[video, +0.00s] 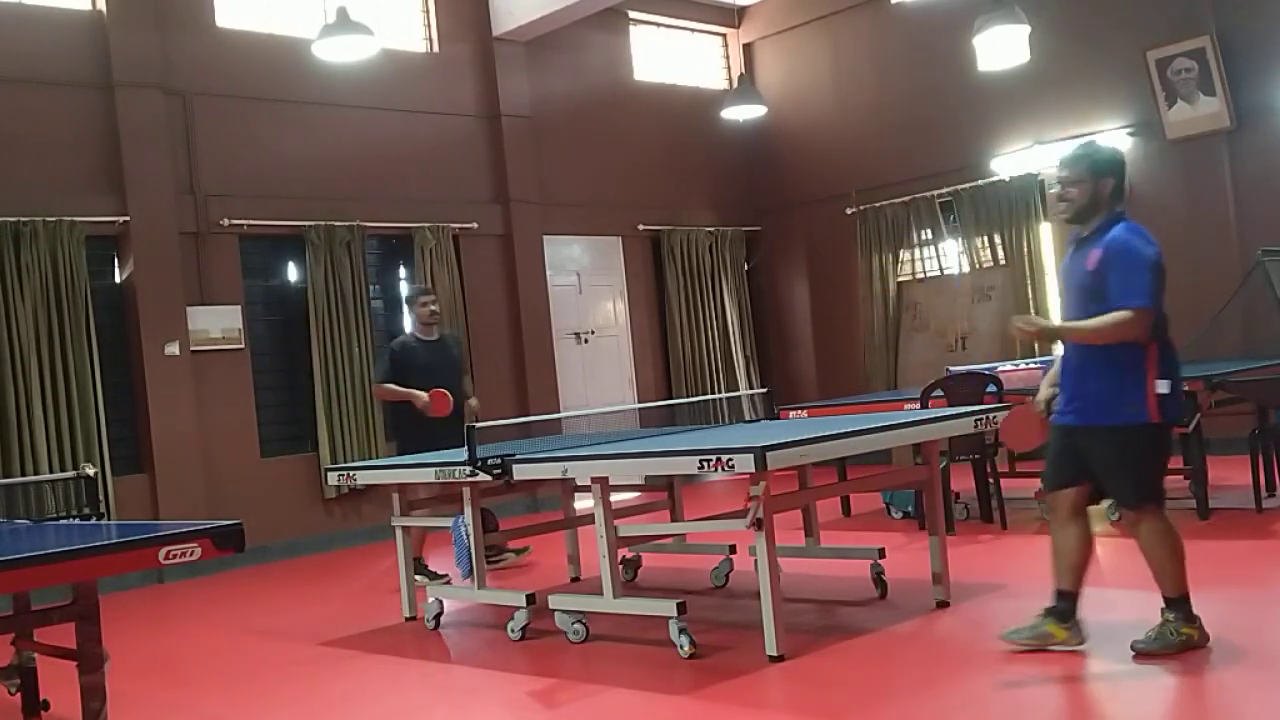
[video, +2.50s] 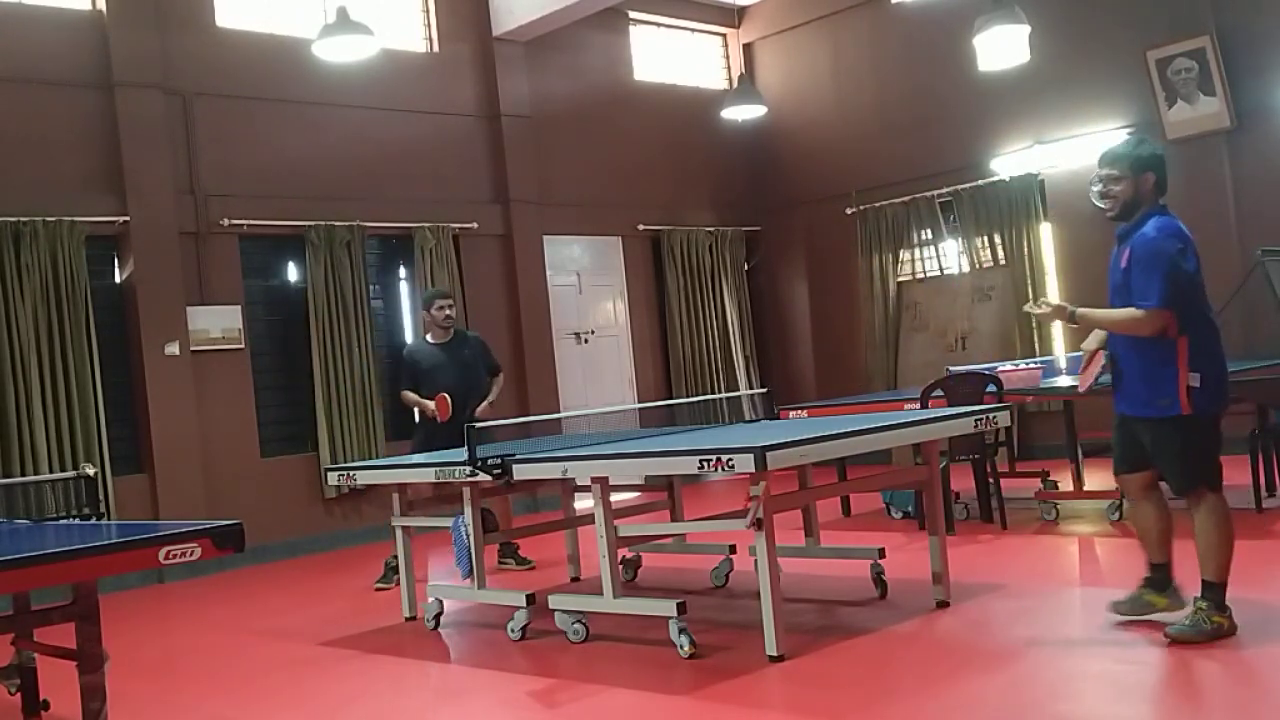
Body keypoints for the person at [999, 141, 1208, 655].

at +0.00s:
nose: (1061, 195)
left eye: (1072, 185)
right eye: (1059, 186)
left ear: (1108, 186)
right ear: (1064, 189)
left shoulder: (1128, 244)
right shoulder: (1080, 249)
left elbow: (1137, 323)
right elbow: (1086, 329)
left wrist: (1057, 331)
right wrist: (1055, 375)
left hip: (1129, 410)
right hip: (1080, 410)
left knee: (1143, 512)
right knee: (1062, 500)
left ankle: (1181, 619)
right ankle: (1062, 618)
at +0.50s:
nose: (1131, 194)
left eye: (1141, 184)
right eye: (1128, 186)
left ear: (1176, 184)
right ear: (1132, 191)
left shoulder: (1204, 237)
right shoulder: (1138, 251)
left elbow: (1235, 308)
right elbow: (1130, 316)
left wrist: (1172, 336)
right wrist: (1083, 331)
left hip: (1190, 397)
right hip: (1159, 398)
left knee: (1172, 496)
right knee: (1206, 492)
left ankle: (1183, 618)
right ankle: (1253, 591)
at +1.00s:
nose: (1148, 192)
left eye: (1154, 183)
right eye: (1147, 183)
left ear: (1183, 182)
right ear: (1185, 184)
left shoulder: (1211, 226)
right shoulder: (1195, 230)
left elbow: (1233, 298)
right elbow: (1210, 310)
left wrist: (1158, 320)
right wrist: (1164, 342)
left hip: (1219, 389)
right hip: (1221, 387)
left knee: (1215, 487)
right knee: (1247, 486)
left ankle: (1241, 600)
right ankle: (1259, 590)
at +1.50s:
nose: (1152, 195)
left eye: (1159, 184)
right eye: (1150, 187)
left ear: (1190, 180)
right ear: (1186, 184)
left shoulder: (1213, 230)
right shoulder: (1192, 231)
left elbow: (1219, 307)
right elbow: (1200, 307)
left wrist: (1145, 315)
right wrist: (1144, 318)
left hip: (1214, 388)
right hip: (1220, 387)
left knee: (1202, 484)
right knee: (1243, 485)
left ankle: (1215, 599)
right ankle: (1258, 591)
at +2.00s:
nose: (1135, 185)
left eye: (1145, 175)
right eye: (1132, 177)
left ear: (1180, 177)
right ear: (1135, 181)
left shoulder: (1190, 233)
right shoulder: (1159, 231)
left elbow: (1188, 315)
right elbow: (1155, 303)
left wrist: (1112, 303)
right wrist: (1118, 346)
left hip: (1197, 391)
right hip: (1181, 389)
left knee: (1198, 492)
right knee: (1217, 487)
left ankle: (1212, 608)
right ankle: (1254, 589)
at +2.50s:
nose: (1102, 189)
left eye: (1114, 180)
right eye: (1100, 180)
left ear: (1149, 182)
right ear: (1103, 183)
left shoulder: (1158, 237)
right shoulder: (1130, 235)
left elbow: (1155, 321)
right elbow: (1137, 308)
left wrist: (1074, 314)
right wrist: (1103, 340)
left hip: (1181, 394)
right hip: (1138, 394)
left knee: (1201, 493)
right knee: (1135, 481)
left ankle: (1214, 606)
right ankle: (1160, 586)